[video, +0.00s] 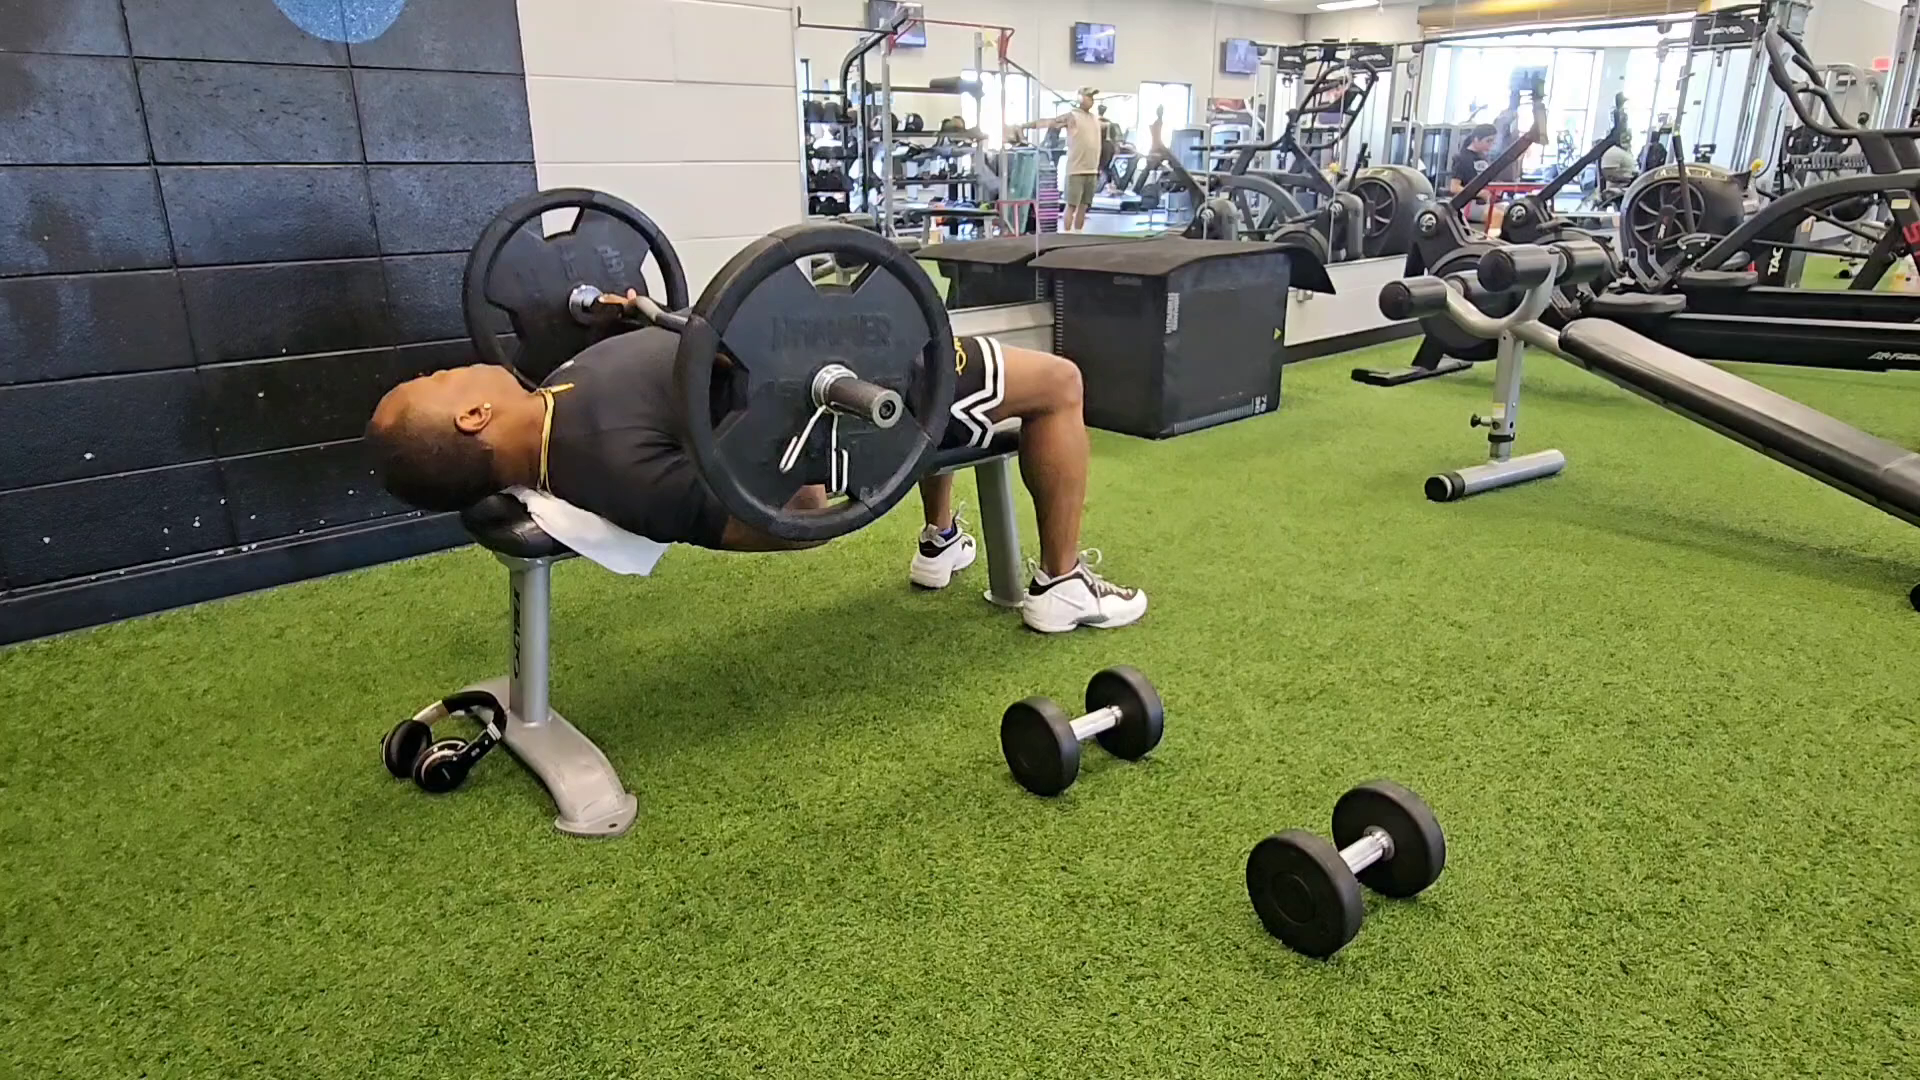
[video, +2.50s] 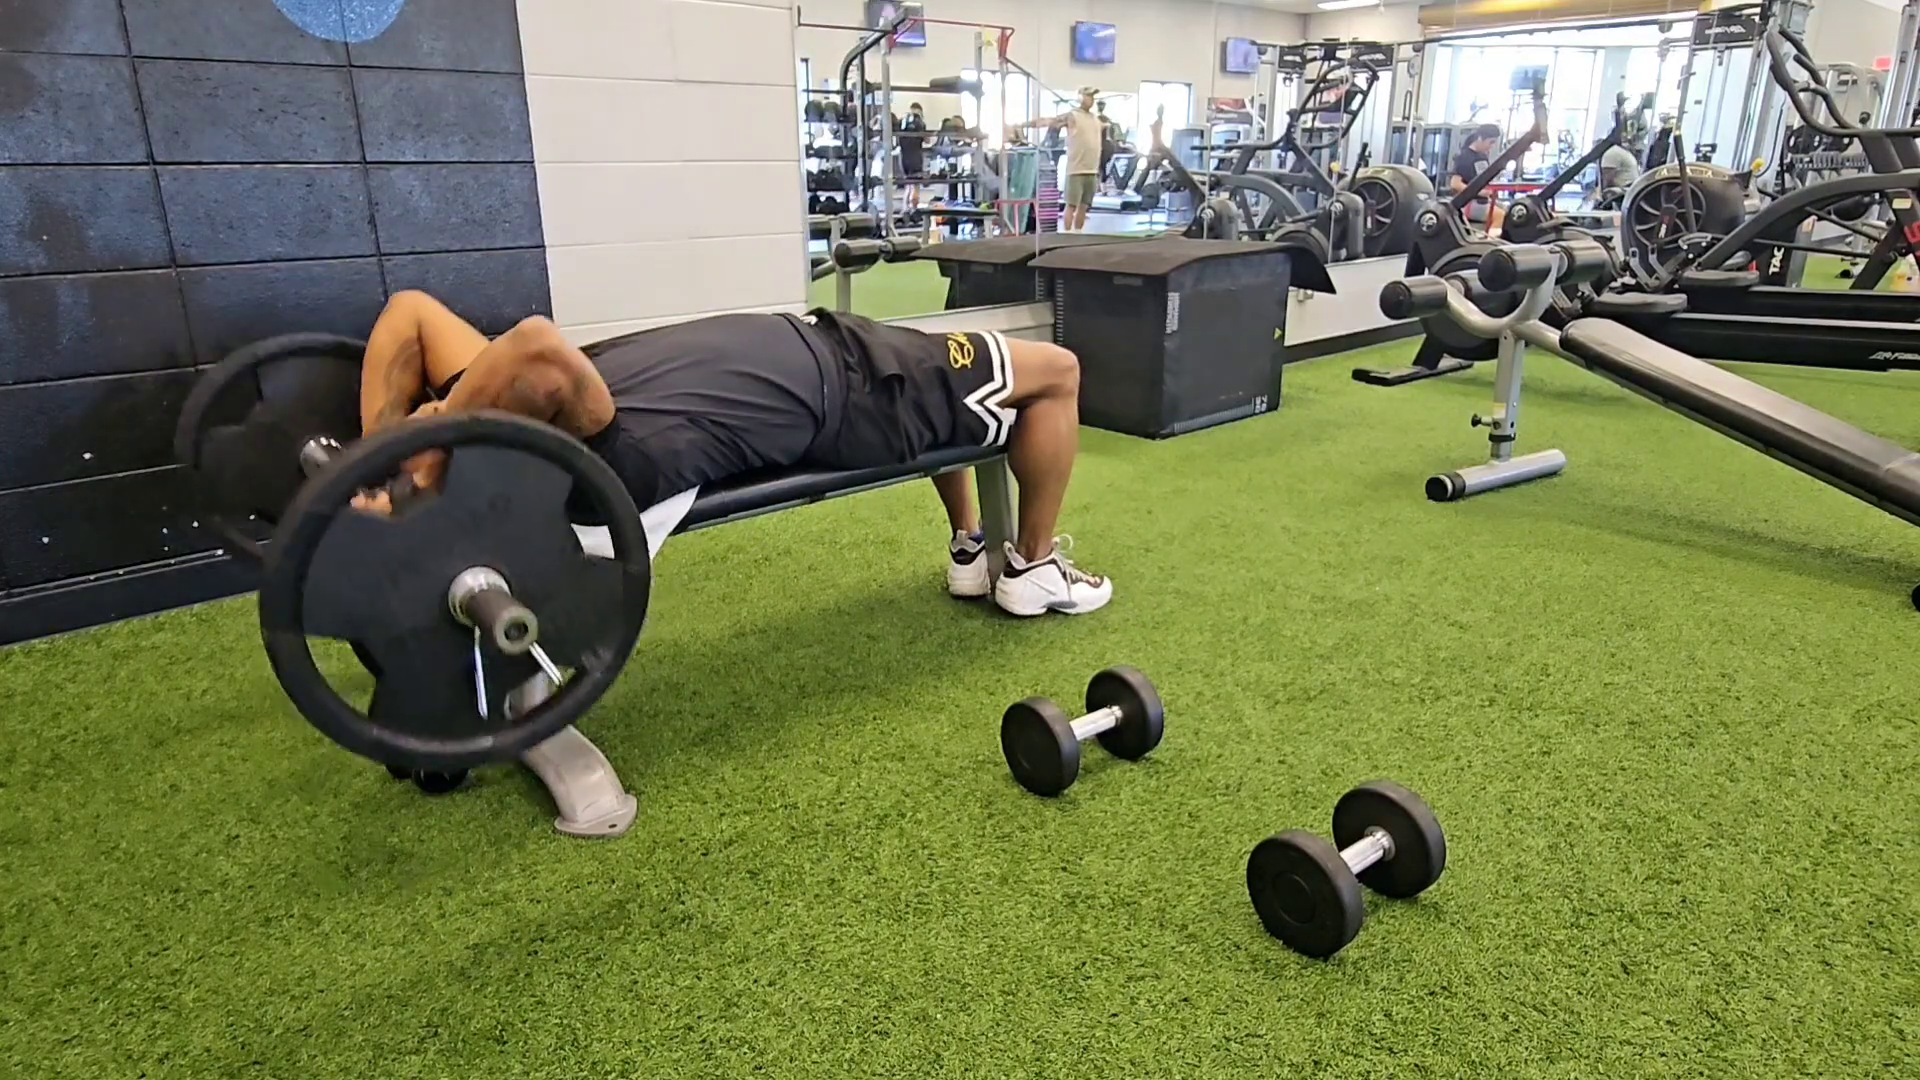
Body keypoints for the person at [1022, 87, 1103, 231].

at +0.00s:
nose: (1092, 100)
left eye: (1093, 97)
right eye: (1089, 97)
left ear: (1091, 100)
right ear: (1081, 98)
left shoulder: (1094, 118)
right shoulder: (1072, 116)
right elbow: (1049, 123)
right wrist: (1024, 126)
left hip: (1092, 168)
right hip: (1076, 168)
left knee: (1084, 206)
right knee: (1072, 205)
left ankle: (1078, 235)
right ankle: (1067, 235)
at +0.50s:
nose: (1092, 100)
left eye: (1093, 97)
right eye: (1089, 97)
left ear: (1091, 100)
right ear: (1081, 98)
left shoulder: (1093, 119)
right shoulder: (1072, 116)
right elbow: (1050, 123)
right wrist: (1025, 126)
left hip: (1091, 168)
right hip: (1076, 168)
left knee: (1084, 206)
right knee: (1072, 205)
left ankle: (1078, 235)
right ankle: (1067, 234)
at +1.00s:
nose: (1091, 100)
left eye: (1092, 97)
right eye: (1088, 97)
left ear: (1091, 100)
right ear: (1080, 98)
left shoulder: (1094, 119)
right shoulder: (1071, 116)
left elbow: (1101, 125)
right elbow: (1049, 123)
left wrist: (1108, 124)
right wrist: (1025, 126)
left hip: (1091, 168)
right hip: (1076, 168)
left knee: (1084, 206)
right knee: (1072, 205)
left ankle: (1078, 234)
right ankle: (1067, 234)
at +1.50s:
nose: (1091, 100)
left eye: (1091, 97)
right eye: (1088, 97)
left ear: (1090, 100)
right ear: (1080, 98)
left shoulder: (1094, 120)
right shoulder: (1071, 116)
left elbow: (1102, 125)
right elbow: (1048, 121)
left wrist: (1108, 125)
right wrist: (1022, 123)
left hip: (1091, 169)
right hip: (1075, 168)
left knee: (1084, 206)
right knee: (1072, 205)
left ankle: (1078, 235)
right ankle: (1067, 235)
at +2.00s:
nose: (1091, 100)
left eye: (1092, 97)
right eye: (1088, 97)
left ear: (1091, 100)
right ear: (1080, 98)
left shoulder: (1093, 120)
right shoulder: (1071, 116)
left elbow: (1103, 127)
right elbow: (1048, 122)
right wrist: (1023, 125)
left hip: (1091, 169)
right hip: (1075, 168)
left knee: (1083, 207)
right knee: (1072, 205)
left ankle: (1078, 235)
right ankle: (1067, 235)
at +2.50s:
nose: (1092, 100)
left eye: (1093, 97)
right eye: (1090, 96)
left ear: (1092, 100)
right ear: (1081, 98)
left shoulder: (1096, 120)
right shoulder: (1072, 116)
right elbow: (1048, 122)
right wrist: (1023, 125)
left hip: (1091, 169)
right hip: (1076, 169)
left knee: (1084, 207)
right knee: (1072, 206)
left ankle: (1078, 235)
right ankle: (1067, 235)